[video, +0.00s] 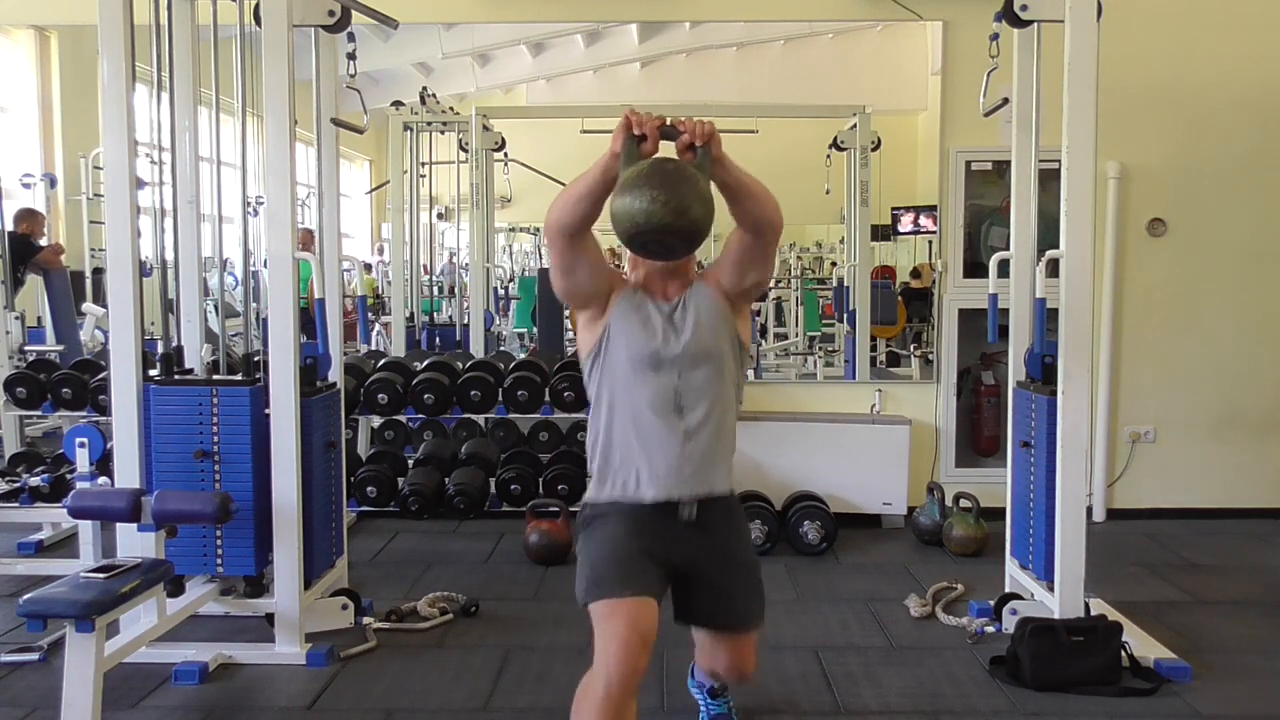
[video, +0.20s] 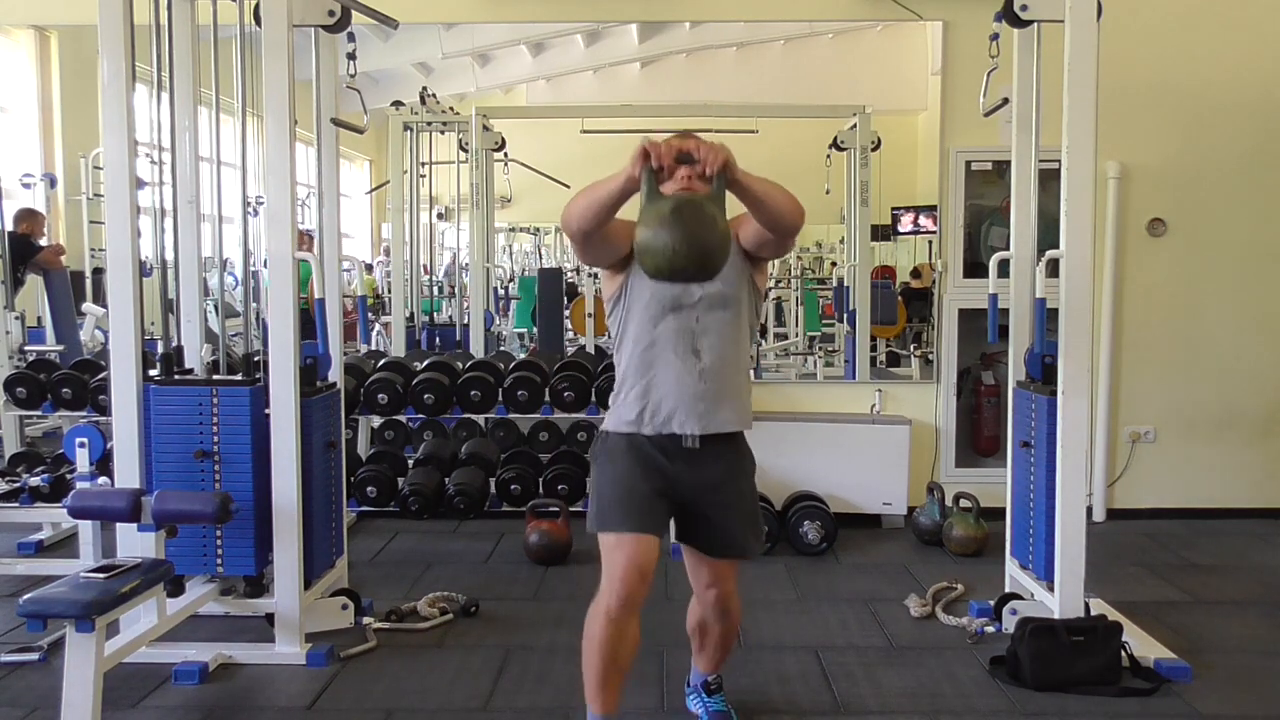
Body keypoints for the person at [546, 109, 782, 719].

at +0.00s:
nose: (662, 259)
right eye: (650, 246)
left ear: (705, 234)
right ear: (624, 240)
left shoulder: (727, 293)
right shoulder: (599, 298)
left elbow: (764, 225)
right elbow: (562, 228)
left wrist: (718, 165)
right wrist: (616, 159)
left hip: (714, 510)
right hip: (622, 511)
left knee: (737, 665)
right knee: (623, 657)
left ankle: (708, 679)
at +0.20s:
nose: (685, 182)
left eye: (696, 172)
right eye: (672, 173)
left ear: (717, 185)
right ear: (653, 186)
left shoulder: (739, 247)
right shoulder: (630, 248)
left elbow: (788, 221)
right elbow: (577, 225)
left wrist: (732, 173)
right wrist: (634, 174)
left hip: (718, 448)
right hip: (633, 444)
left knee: (718, 594)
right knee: (625, 584)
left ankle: (704, 688)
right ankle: (598, 713)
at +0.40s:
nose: (687, 155)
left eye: (699, 147)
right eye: (675, 148)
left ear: (717, 166)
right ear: (656, 166)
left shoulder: (745, 224)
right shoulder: (630, 227)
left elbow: (804, 259)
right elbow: (569, 256)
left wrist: (739, 237)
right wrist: (637, 240)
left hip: (719, 424)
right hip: (634, 423)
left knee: (711, 558)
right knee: (620, 560)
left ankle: (707, 686)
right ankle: (609, 669)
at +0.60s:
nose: (676, 158)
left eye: (688, 150)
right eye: (664, 150)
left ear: (705, 168)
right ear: (645, 167)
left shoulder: (736, 238)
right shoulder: (611, 242)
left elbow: (786, 298)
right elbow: (563, 305)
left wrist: (726, 318)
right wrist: (628, 321)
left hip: (711, 420)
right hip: (628, 421)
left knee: (706, 547)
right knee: (624, 549)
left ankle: (708, 684)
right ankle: (615, 671)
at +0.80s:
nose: (664, 159)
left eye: (676, 151)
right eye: (653, 151)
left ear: (693, 169)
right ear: (634, 170)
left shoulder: (729, 246)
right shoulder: (598, 250)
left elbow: (760, 323)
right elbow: (567, 328)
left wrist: (709, 372)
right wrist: (621, 373)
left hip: (701, 421)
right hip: (618, 422)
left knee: (701, 545)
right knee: (619, 546)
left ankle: (707, 683)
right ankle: (612, 674)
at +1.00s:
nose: (656, 158)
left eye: (668, 150)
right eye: (644, 151)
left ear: (687, 168)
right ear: (628, 170)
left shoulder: (723, 247)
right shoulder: (593, 252)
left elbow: (745, 332)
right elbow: (570, 338)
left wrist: (701, 393)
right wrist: (617, 396)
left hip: (697, 419)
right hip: (615, 419)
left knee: (698, 544)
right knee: (616, 543)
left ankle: (707, 681)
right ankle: (612, 672)